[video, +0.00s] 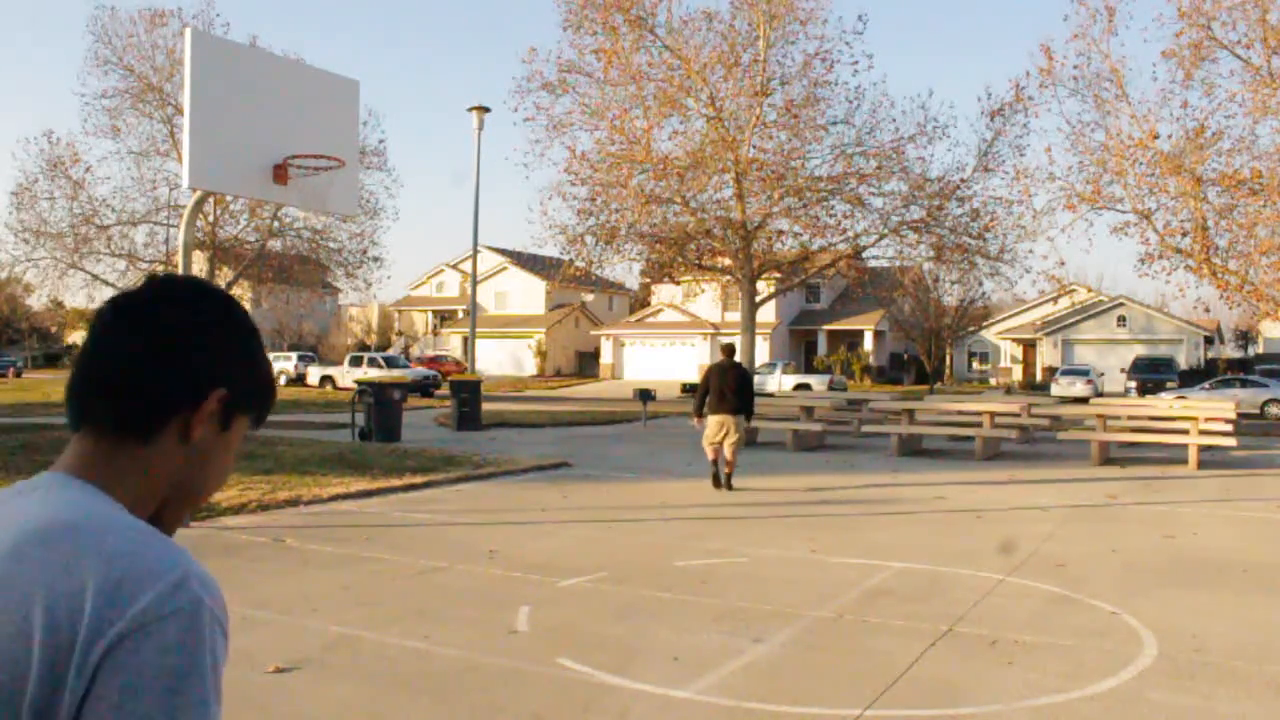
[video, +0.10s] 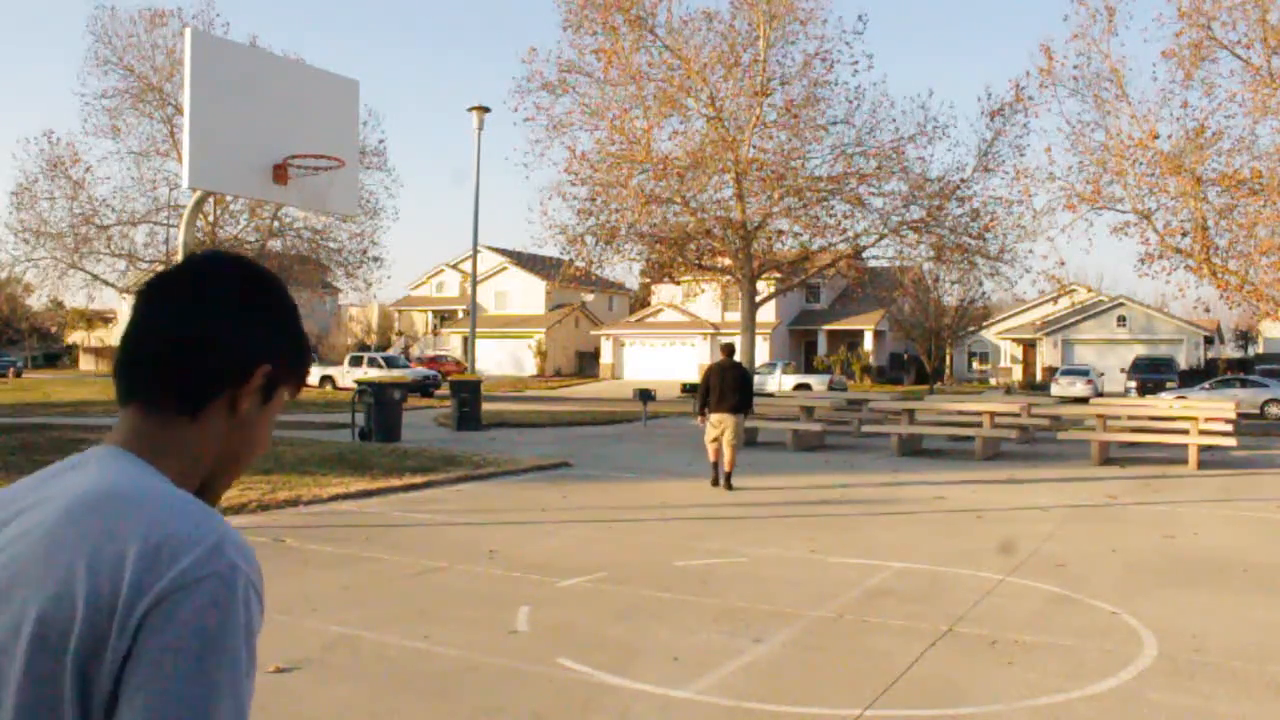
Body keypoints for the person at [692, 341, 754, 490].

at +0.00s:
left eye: (723, 352)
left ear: (721, 353)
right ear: (734, 353)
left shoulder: (713, 369)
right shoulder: (743, 371)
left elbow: (702, 392)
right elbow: (749, 395)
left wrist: (697, 412)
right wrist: (748, 416)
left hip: (716, 414)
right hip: (735, 415)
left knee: (710, 442)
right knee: (731, 448)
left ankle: (714, 465)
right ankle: (728, 478)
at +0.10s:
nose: (724, 354)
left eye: (722, 352)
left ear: (721, 352)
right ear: (734, 353)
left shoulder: (712, 369)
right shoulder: (742, 371)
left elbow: (703, 391)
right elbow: (748, 392)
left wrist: (701, 411)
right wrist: (747, 410)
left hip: (716, 413)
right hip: (734, 414)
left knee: (712, 441)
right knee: (730, 446)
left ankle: (715, 472)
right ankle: (728, 478)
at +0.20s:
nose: (725, 355)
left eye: (723, 353)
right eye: (728, 352)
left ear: (720, 353)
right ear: (733, 354)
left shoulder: (712, 369)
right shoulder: (741, 371)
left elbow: (703, 392)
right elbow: (747, 392)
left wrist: (703, 411)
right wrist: (744, 410)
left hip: (715, 412)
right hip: (733, 413)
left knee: (714, 443)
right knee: (729, 445)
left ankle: (715, 471)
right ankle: (728, 477)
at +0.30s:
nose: (724, 357)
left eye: (722, 354)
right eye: (727, 354)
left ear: (719, 355)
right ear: (732, 355)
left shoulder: (711, 371)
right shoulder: (739, 373)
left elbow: (702, 394)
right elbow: (746, 393)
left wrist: (702, 413)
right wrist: (743, 411)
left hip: (715, 413)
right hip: (733, 413)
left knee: (716, 445)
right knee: (729, 445)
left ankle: (718, 472)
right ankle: (727, 477)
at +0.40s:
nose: (721, 356)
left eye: (719, 354)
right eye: (725, 353)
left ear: (717, 354)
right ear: (730, 355)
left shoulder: (709, 371)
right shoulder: (738, 373)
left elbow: (701, 394)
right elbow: (744, 396)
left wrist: (699, 414)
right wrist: (743, 413)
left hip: (713, 413)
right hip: (732, 414)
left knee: (714, 444)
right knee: (729, 444)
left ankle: (718, 473)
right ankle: (727, 478)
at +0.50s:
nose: (718, 356)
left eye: (717, 353)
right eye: (722, 353)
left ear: (716, 354)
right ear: (728, 354)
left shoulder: (708, 370)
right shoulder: (737, 372)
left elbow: (700, 392)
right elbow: (743, 394)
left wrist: (696, 411)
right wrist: (742, 413)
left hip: (711, 412)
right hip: (731, 413)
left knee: (713, 442)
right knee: (730, 441)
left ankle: (718, 472)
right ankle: (731, 462)